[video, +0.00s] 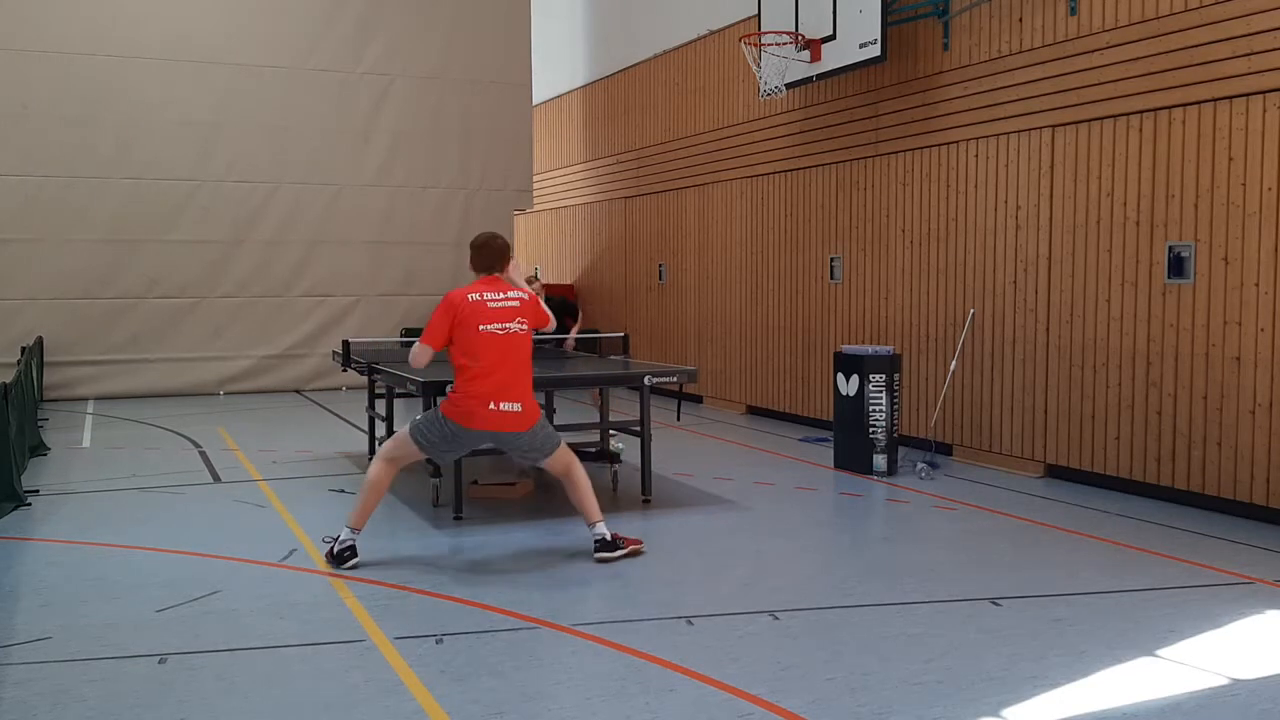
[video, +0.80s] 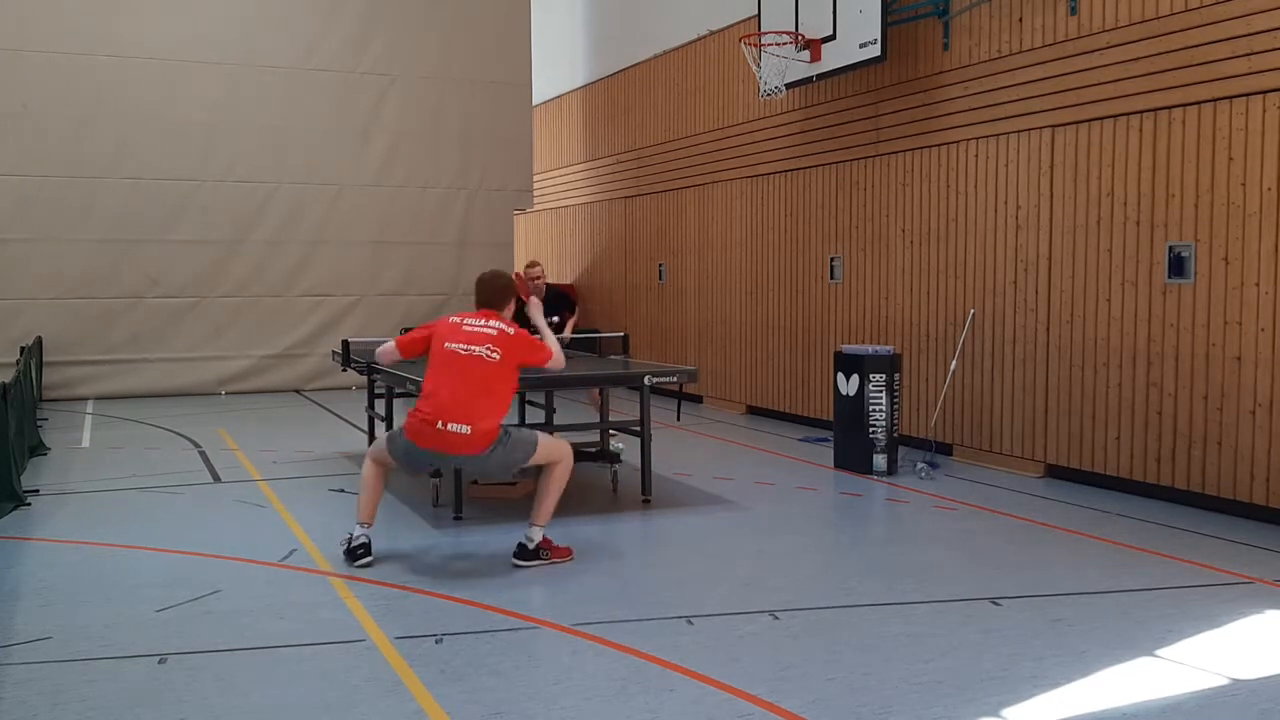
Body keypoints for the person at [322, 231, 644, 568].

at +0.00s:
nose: (511, 267)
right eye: (510, 262)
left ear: (472, 264)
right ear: (507, 264)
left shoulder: (455, 301)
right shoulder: (524, 297)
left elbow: (418, 361)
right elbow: (548, 322)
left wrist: (421, 346)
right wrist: (521, 285)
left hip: (464, 416)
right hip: (521, 416)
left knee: (388, 458)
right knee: (569, 469)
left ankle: (346, 541)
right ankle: (603, 536)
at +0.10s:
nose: (517, 256)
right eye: (517, 251)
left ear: (478, 254)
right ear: (513, 254)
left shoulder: (459, 286)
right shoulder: (530, 291)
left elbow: (420, 345)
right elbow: (555, 346)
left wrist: (442, 330)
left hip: (463, 404)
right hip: (520, 406)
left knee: (393, 458)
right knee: (572, 460)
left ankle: (348, 541)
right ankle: (604, 534)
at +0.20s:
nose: (538, 254)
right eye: (538, 248)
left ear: (499, 247)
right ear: (535, 250)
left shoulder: (472, 279)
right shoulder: (545, 290)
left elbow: (438, 337)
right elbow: (559, 359)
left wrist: (474, 330)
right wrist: (579, 366)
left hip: (464, 394)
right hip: (520, 397)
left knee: (405, 458)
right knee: (580, 454)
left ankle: (359, 540)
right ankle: (610, 535)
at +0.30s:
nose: (559, 276)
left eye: (557, 271)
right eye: (560, 271)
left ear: (523, 265)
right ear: (556, 271)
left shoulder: (494, 291)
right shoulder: (555, 305)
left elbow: (466, 333)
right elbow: (548, 368)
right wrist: (582, 402)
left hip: (467, 402)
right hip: (521, 406)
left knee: (422, 470)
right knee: (587, 454)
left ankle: (365, 541)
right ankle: (617, 539)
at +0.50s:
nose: (567, 291)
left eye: (569, 283)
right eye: (569, 282)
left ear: (533, 269)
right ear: (561, 277)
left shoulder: (497, 296)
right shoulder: (535, 304)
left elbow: (482, 353)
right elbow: (523, 369)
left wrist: (530, 363)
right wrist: (573, 400)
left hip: (456, 411)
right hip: (505, 412)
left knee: (416, 479)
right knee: (584, 449)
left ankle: (357, 541)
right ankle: (618, 538)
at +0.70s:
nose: (538, 294)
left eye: (539, 289)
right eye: (539, 289)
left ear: (500, 279)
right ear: (531, 287)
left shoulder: (465, 303)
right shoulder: (531, 316)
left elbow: (417, 338)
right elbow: (580, 342)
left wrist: (450, 326)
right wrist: (564, 298)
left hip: (426, 419)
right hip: (481, 423)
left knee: (387, 457)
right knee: (563, 445)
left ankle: (364, 533)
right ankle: (534, 538)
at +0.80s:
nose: (515, 307)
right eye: (515, 303)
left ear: (476, 301)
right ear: (510, 305)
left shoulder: (445, 326)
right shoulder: (515, 337)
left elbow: (383, 355)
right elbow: (557, 360)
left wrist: (404, 348)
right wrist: (539, 319)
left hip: (422, 442)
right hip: (480, 447)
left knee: (376, 457)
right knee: (562, 453)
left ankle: (360, 538)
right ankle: (533, 542)